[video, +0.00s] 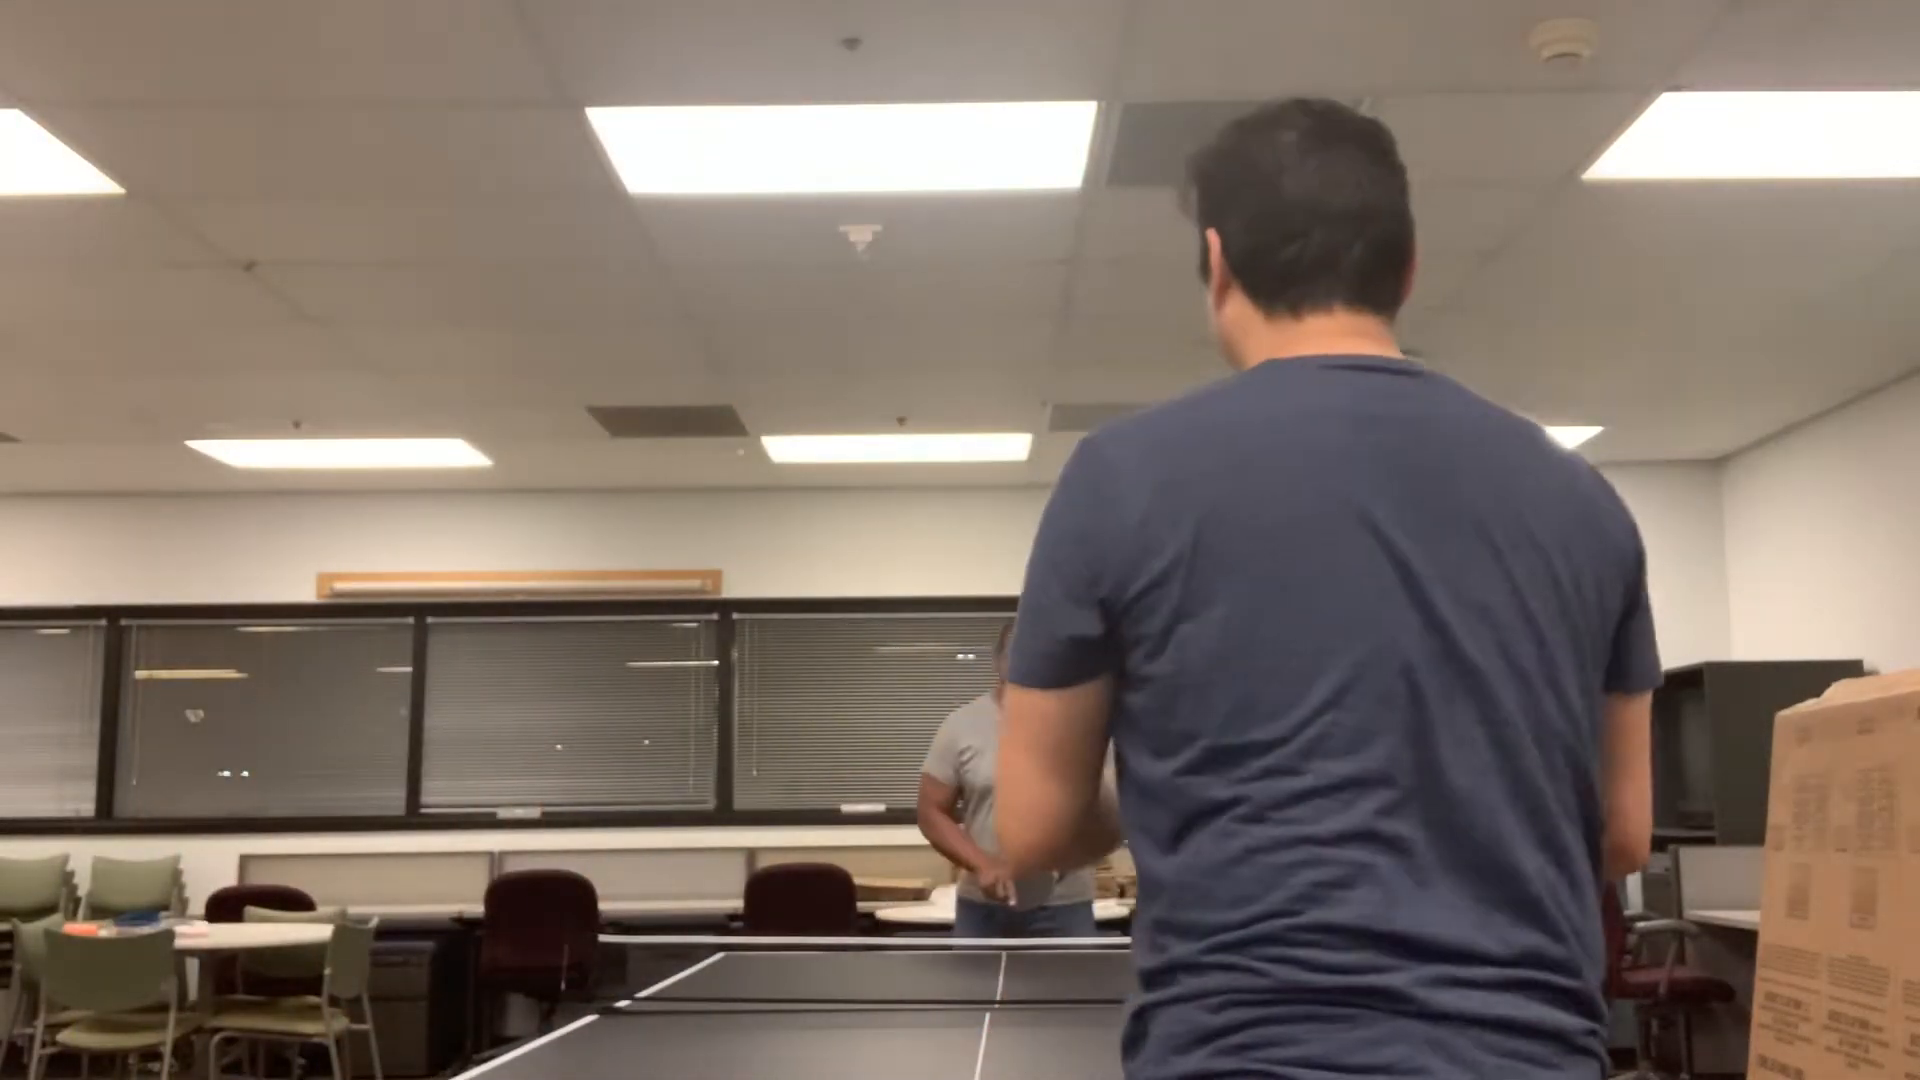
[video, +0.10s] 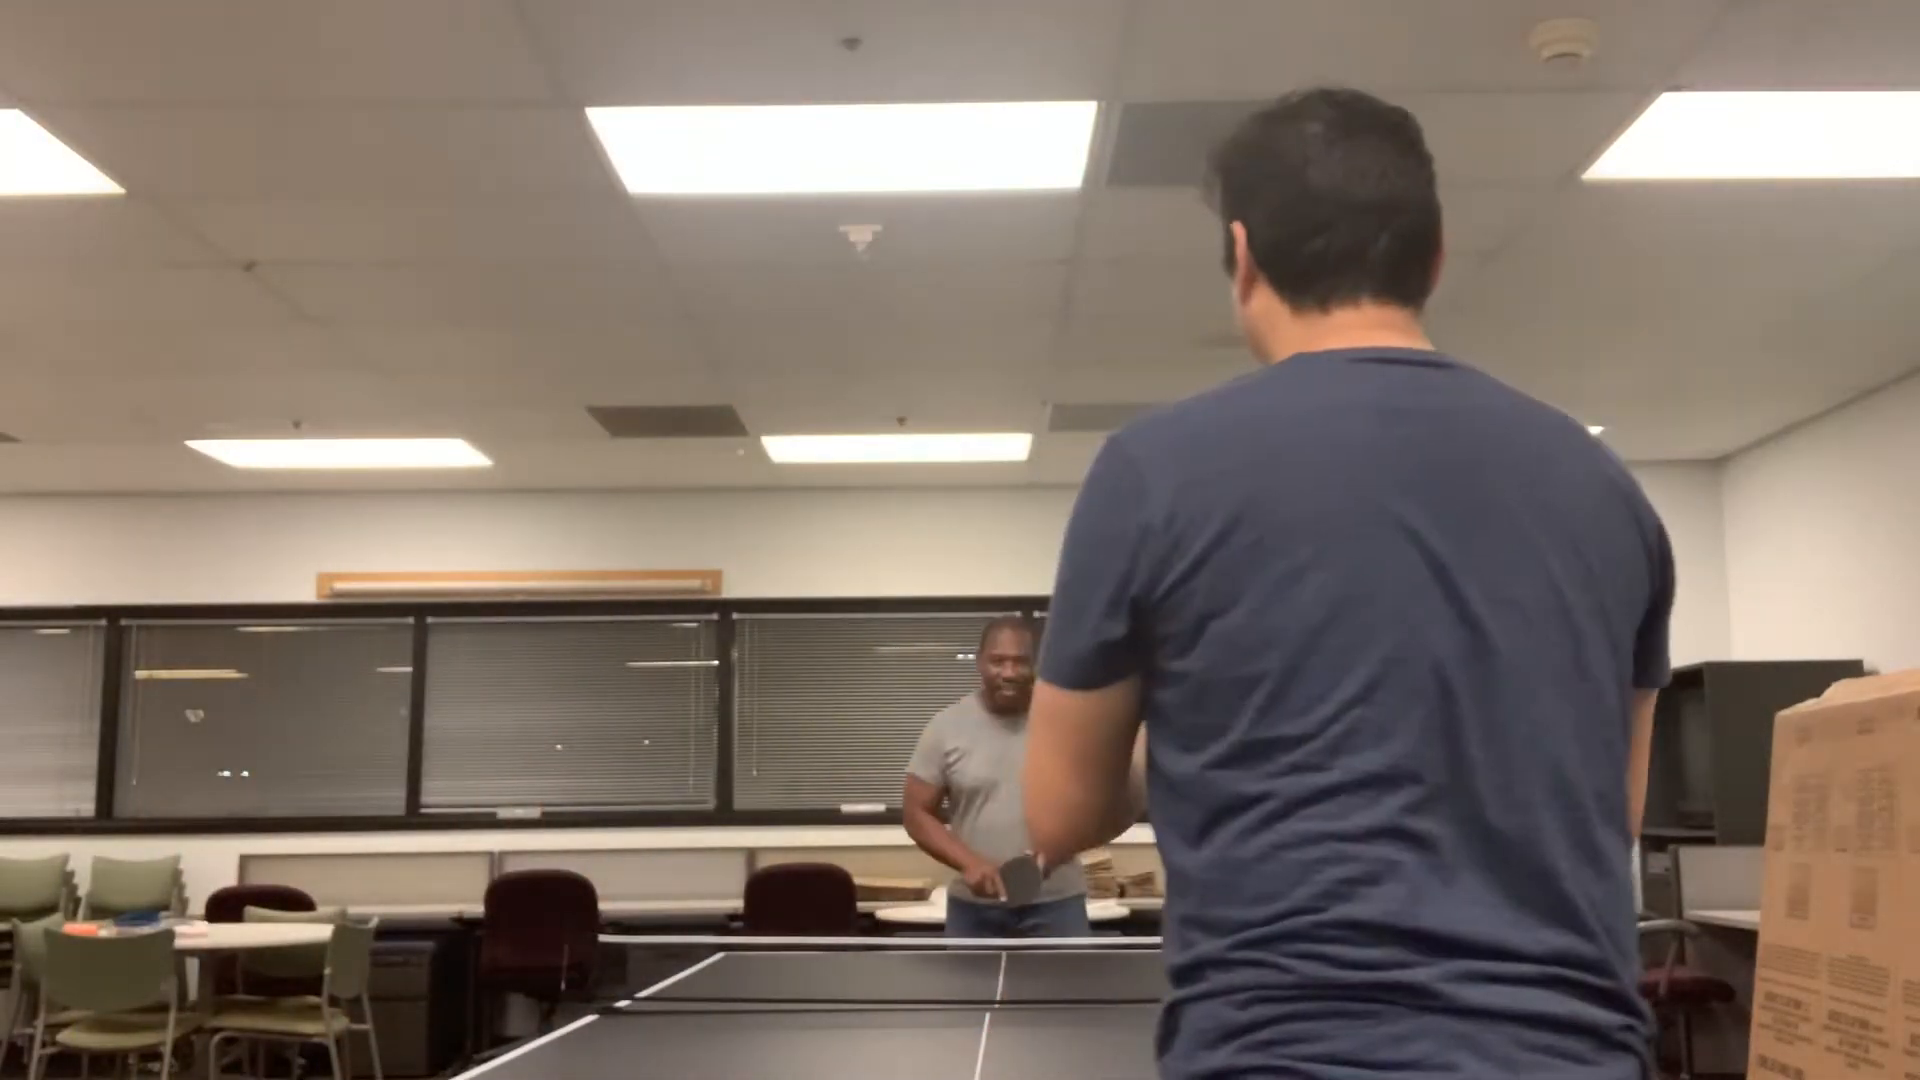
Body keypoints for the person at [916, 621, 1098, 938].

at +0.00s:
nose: (1024, 667)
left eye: (1035, 657)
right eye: (1016, 655)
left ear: (1054, 662)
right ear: (998, 661)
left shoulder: (1078, 726)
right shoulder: (964, 725)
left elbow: (1111, 816)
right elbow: (931, 813)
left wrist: (1060, 854)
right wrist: (983, 864)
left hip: (1064, 909)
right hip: (983, 911)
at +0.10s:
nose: (1009, 673)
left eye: (1020, 662)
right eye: (998, 662)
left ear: (1036, 666)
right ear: (979, 664)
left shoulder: (1061, 722)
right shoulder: (948, 727)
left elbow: (1102, 799)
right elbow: (916, 814)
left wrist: (1058, 847)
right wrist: (971, 864)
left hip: (1057, 906)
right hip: (975, 910)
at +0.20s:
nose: (999, 671)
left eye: (1009, 661)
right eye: (987, 661)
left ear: (1024, 664)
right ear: (969, 664)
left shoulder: (1063, 721)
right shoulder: (938, 728)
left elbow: (1089, 804)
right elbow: (905, 814)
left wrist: (1049, 846)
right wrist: (960, 862)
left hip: (1054, 903)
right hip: (971, 908)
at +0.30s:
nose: (996, 670)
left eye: (1007, 659)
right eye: (985, 660)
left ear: (1021, 662)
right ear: (968, 663)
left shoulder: (1059, 720)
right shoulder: (938, 729)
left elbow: (1091, 801)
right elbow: (904, 812)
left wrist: (1047, 849)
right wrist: (954, 863)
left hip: (1053, 901)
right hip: (972, 906)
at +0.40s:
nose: (1002, 670)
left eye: (1013, 659)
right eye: (991, 660)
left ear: (1029, 663)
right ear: (976, 666)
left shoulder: (1066, 721)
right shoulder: (946, 729)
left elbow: (1098, 803)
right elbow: (914, 811)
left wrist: (1053, 852)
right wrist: (956, 865)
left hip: (1060, 904)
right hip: (978, 907)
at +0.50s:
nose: (1017, 671)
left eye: (1028, 660)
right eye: (1007, 661)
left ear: (1042, 664)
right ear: (991, 665)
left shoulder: (1080, 723)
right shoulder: (963, 729)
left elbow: (1114, 806)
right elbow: (933, 809)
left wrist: (1062, 856)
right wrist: (966, 863)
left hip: (1070, 907)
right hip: (990, 909)